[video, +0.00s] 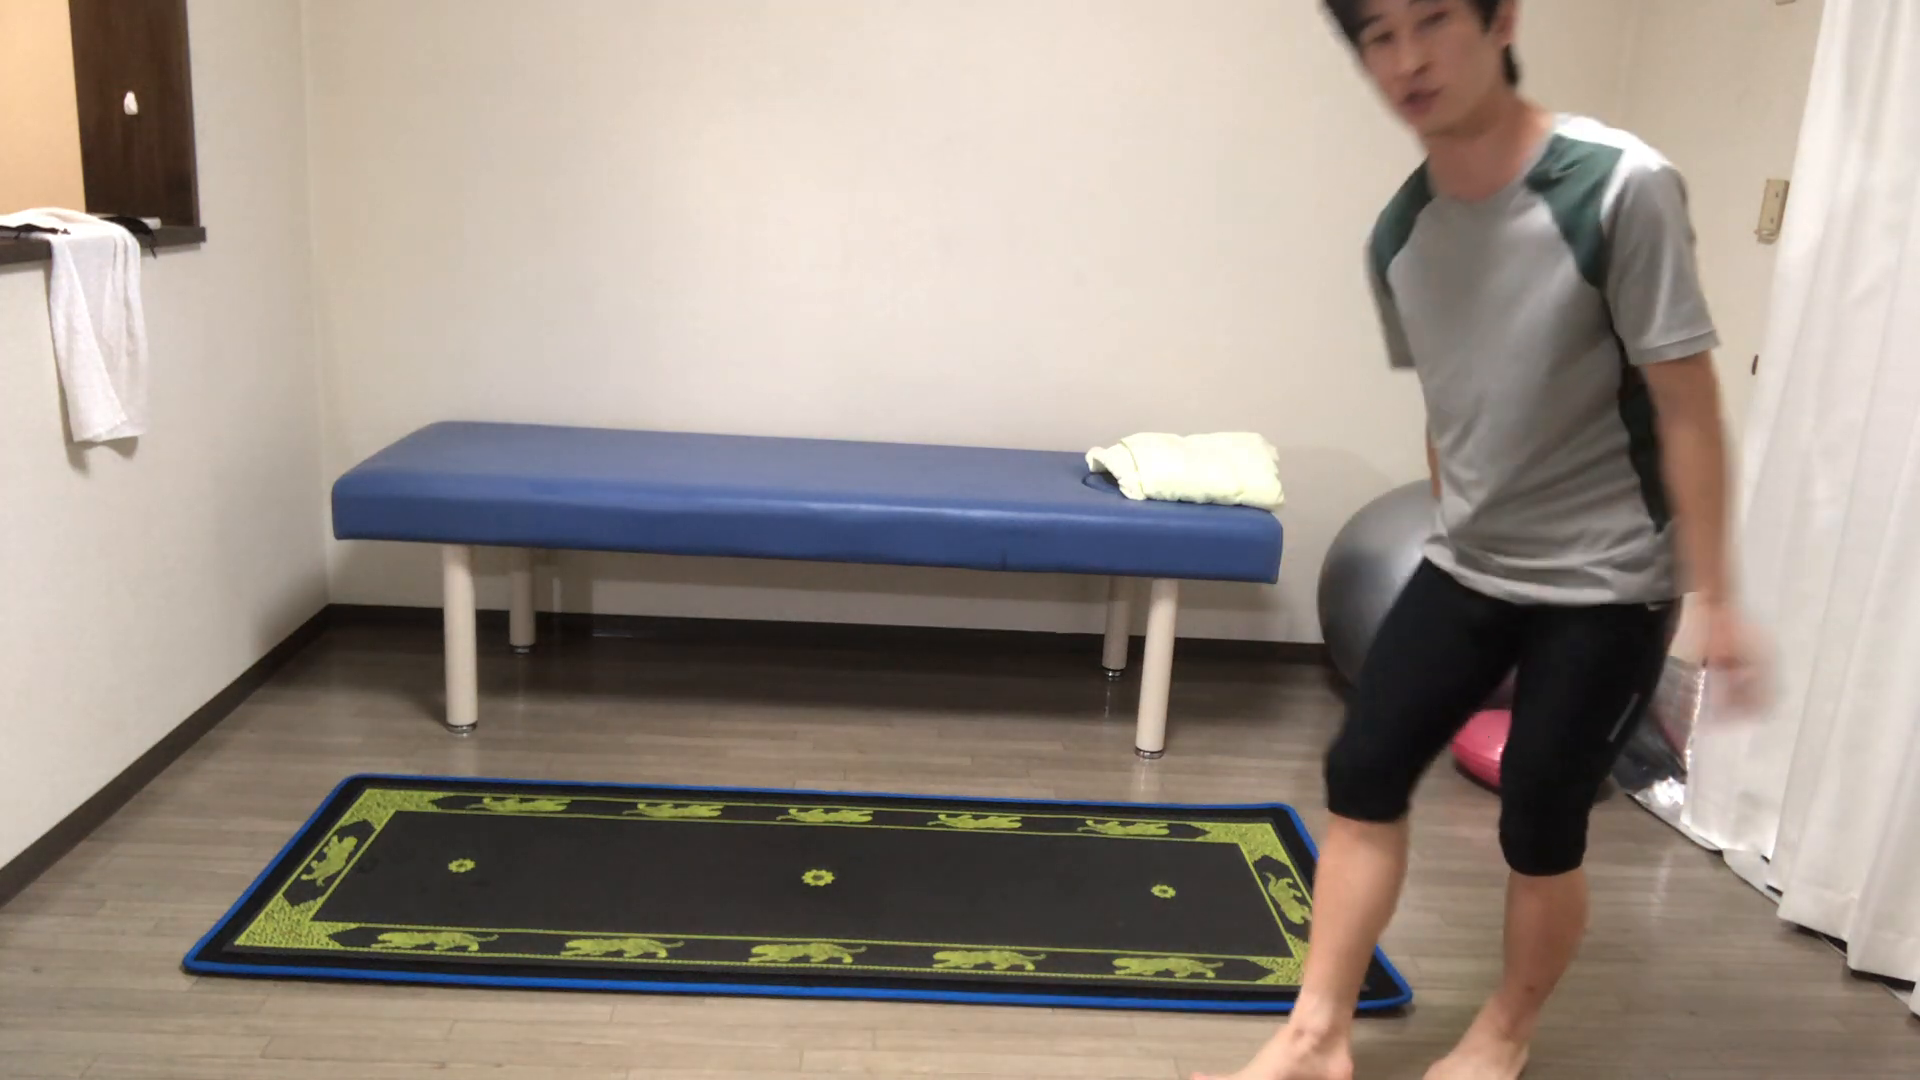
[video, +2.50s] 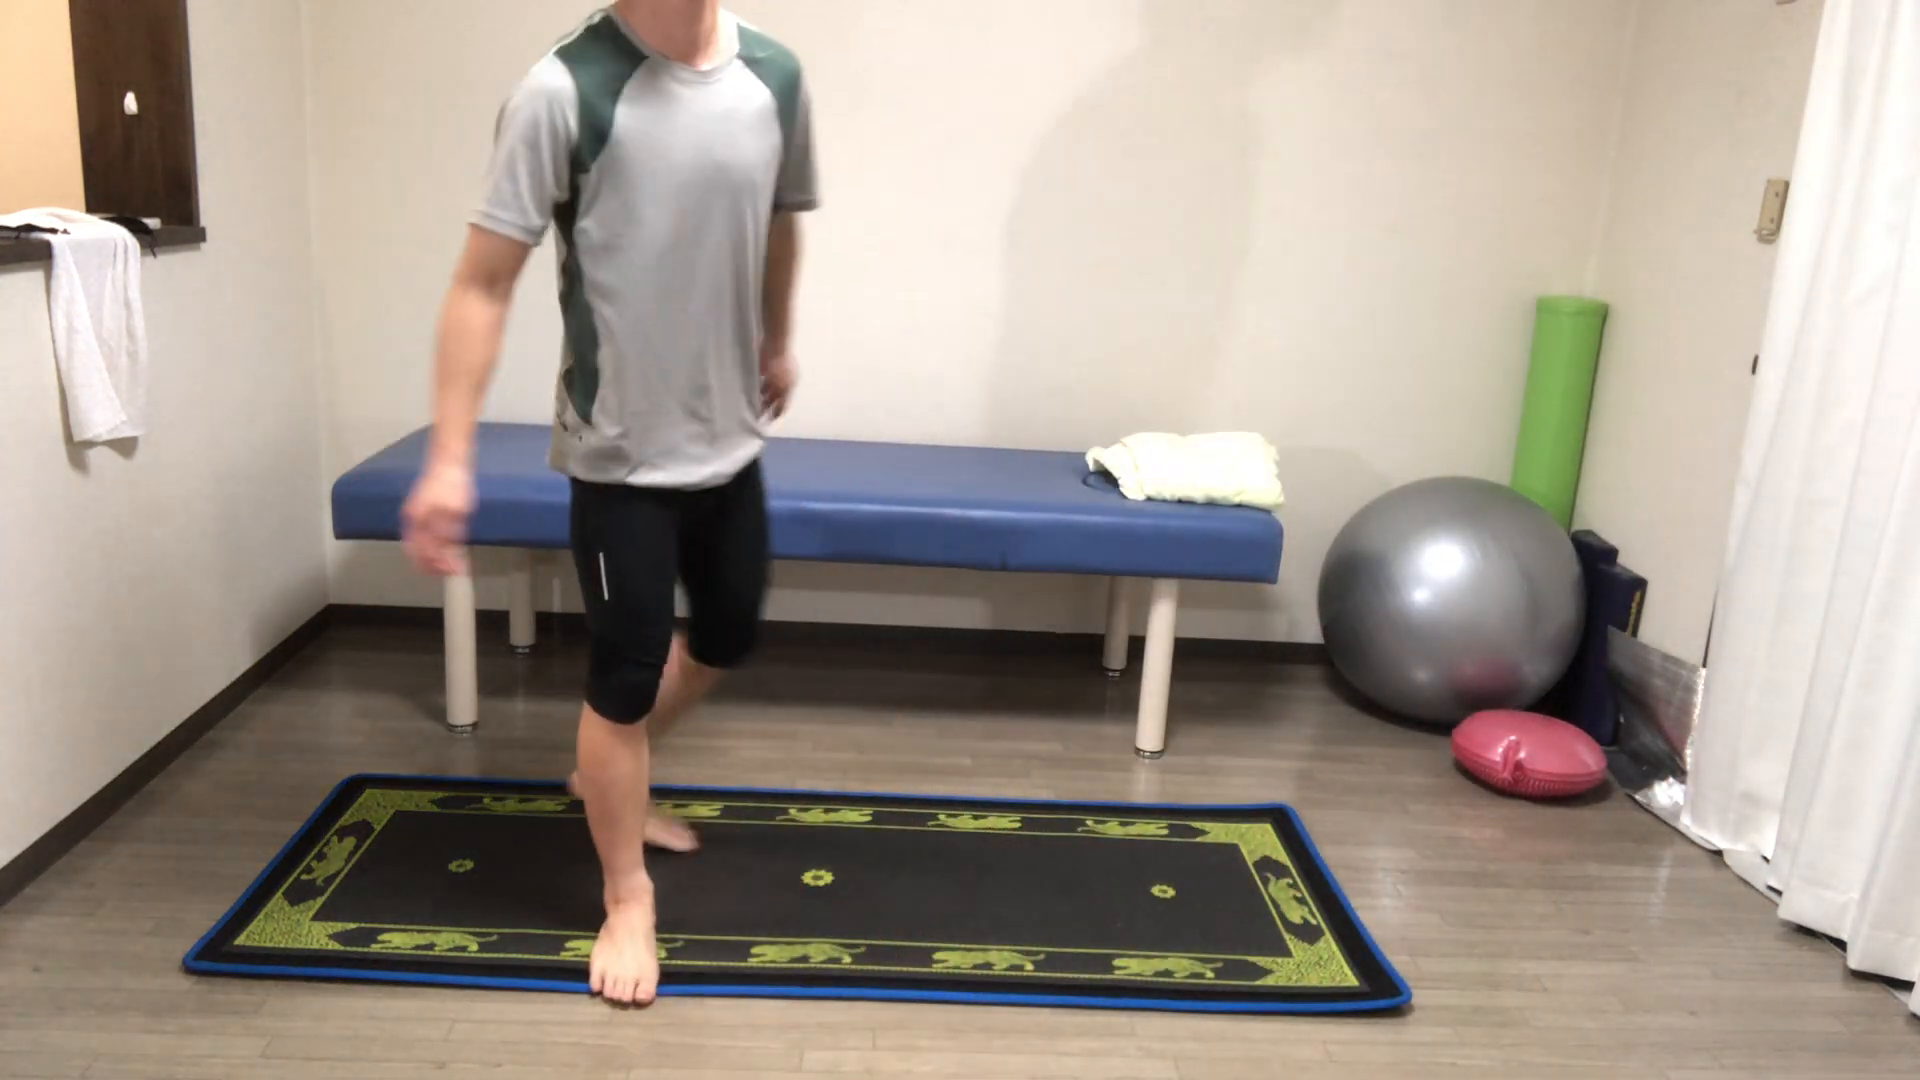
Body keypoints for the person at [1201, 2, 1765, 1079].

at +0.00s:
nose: (1406, 59)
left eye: (1431, 22)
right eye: (1376, 38)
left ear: (1500, 25)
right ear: (1361, 63)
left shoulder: (1621, 191)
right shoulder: (1401, 234)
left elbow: (1689, 406)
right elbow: (1447, 412)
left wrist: (1710, 596)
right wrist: (1453, 548)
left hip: (1607, 578)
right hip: (1468, 561)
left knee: (1540, 819)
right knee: (1362, 775)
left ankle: (1504, 1034)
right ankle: (1317, 1031)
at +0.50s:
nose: (1402, 8)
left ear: (1494, 7)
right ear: (1370, 12)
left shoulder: (1574, 159)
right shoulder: (1362, 167)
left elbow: (1604, 375)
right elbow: (1364, 354)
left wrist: (1566, 556)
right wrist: (1345, 505)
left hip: (1513, 538)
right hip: (1386, 523)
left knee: (1506, 789)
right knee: (1314, 735)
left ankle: (1504, 1021)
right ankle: (1290, 956)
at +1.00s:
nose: (1213, 10)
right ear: (1177, 9)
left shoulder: (1381, 125)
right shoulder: (1197, 160)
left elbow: (1445, 332)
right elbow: (1201, 342)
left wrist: (1398, 503)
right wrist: (1180, 494)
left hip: (1335, 518)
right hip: (1228, 515)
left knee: (1265, 758)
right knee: (1248, 757)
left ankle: (1365, 973)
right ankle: (1285, 958)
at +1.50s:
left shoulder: (1173, 168)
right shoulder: (1007, 95)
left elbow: (1185, 382)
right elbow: (1004, 293)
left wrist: (1190, 574)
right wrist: (968, 429)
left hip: (1103, 511)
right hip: (1008, 486)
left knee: (1017, 762)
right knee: (1032, 729)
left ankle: (1012, 1011)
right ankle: (1210, 886)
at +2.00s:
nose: (802, 3)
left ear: (859, 5)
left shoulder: (931, 135)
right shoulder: (678, 97)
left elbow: (940, 326)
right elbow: (636, 273)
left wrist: (875, 469)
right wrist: (617, 450)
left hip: (871, 492)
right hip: (723, 483)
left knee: (925, 745)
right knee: (664, 727)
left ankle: (996, 980)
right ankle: (626, 907)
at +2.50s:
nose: (692, 3)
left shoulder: (775, 76)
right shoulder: (564, 94)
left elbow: (780, 227)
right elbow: (483, 282)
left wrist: (776, 343)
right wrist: (449, 459)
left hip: (730, 432)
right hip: (622, 447)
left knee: (723, 632)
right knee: (627, 677)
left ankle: (618, 758)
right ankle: (626, 902)